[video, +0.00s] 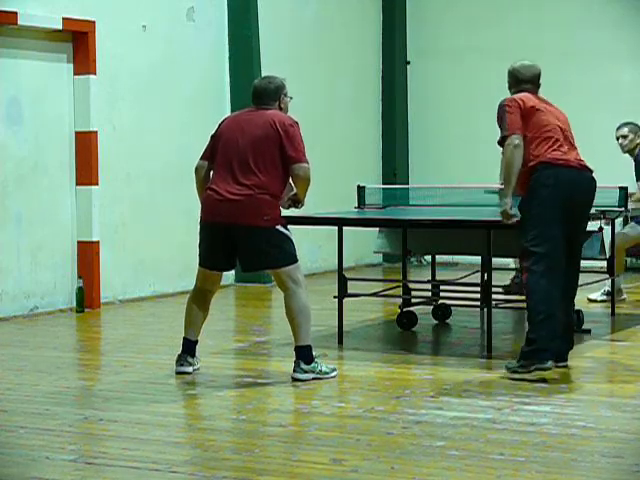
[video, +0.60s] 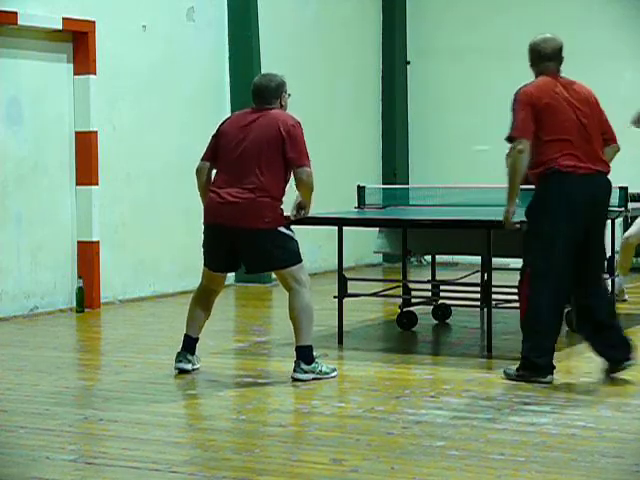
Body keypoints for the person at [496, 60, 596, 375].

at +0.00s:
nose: (511, 92)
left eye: (509, 86)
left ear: (510, 85)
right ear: (538, 85)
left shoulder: (513, 102)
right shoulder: (554, 110)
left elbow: (515, 143)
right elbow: (564, 152)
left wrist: (507, 199)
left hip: (550, 179)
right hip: (582, 180)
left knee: (540, 265)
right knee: (566, 265)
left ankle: (538, 353)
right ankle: (559, 350)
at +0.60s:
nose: (533, 67)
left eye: (531, 63)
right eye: (545, 60)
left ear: (532, 63)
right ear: (561, 61)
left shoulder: (529, 93)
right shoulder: (584, 93)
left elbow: (521, 147)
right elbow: (611, 145)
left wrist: (511, 201)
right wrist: (583, 175)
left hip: (557, 188)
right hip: (596, 188)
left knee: (544, 273)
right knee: (587, 272)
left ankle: (537, 364)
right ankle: (616, 351)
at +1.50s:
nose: (499, 80)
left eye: (498, 75)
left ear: (498, 77)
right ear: (526, 75)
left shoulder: (494, 111)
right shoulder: (552, 106)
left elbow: (482, 165)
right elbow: (578, 155)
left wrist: (472, 217)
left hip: (522, 208)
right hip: (567, 205)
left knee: (486, 279)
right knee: (591, 281)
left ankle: (485, 363)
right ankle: (636, 362)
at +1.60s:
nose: (484, 73)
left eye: (480, 68)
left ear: (479, 70)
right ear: (508, 68)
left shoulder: (469, 107)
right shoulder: (533, 101)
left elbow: (452, 159)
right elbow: (561, 148)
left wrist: (443, 212)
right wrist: (538, 180)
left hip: (496, 203)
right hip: (541, 200)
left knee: (474, 284)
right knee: (560, 275)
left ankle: (484, 364)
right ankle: (606, 346)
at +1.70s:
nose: (479, 65)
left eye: (475, 59)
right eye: (489, 60)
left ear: (469, 62)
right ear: (499, 61)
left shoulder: (452, 97)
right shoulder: (520, 95)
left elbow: (432, 146)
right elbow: (547, 141)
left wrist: (430, 195)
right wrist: (523, 171)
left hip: (472, 194)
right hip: (516, 192)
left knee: (469, 276)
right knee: (528, 268)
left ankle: (478, 359)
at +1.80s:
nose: (489, 66)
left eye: (476, 60)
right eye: (492, 60)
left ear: (465, 61)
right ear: (494, 61)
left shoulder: (444, 91)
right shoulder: (510, 96)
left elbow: (421, 139)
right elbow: (535, 145)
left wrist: (420, 187)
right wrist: (506, 171)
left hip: (448, 187)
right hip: (491, 188)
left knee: (447, 269)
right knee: (491, 270)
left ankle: (456, 343)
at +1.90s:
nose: (481, 78)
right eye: (485, 74)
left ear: (458, 72)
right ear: (487, 75)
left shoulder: (435, 101)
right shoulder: (500, 112)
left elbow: (407, 144)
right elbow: (520, 164)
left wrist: (403, 190)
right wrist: (488, 185)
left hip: (427, 197)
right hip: (470, 201)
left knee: (413, 265)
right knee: (471, 276)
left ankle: (406, 333)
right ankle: (470, 358)